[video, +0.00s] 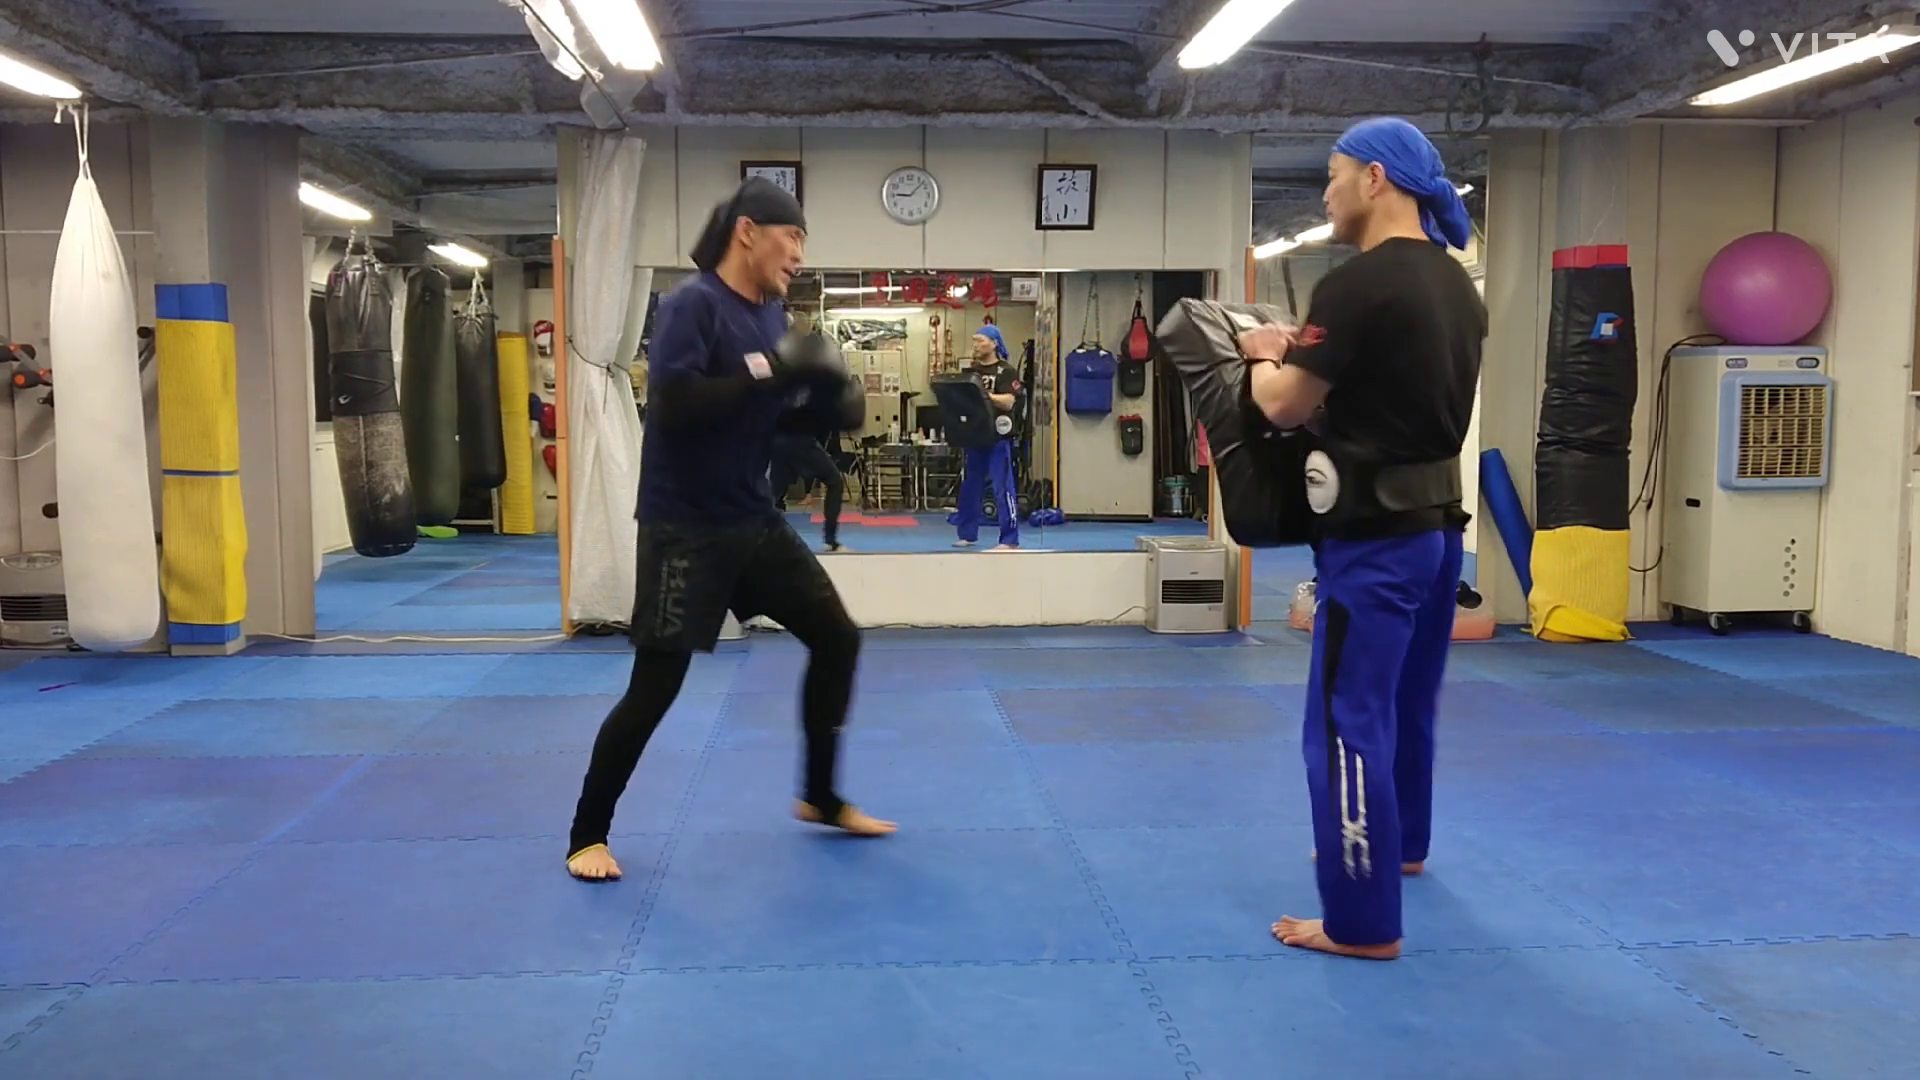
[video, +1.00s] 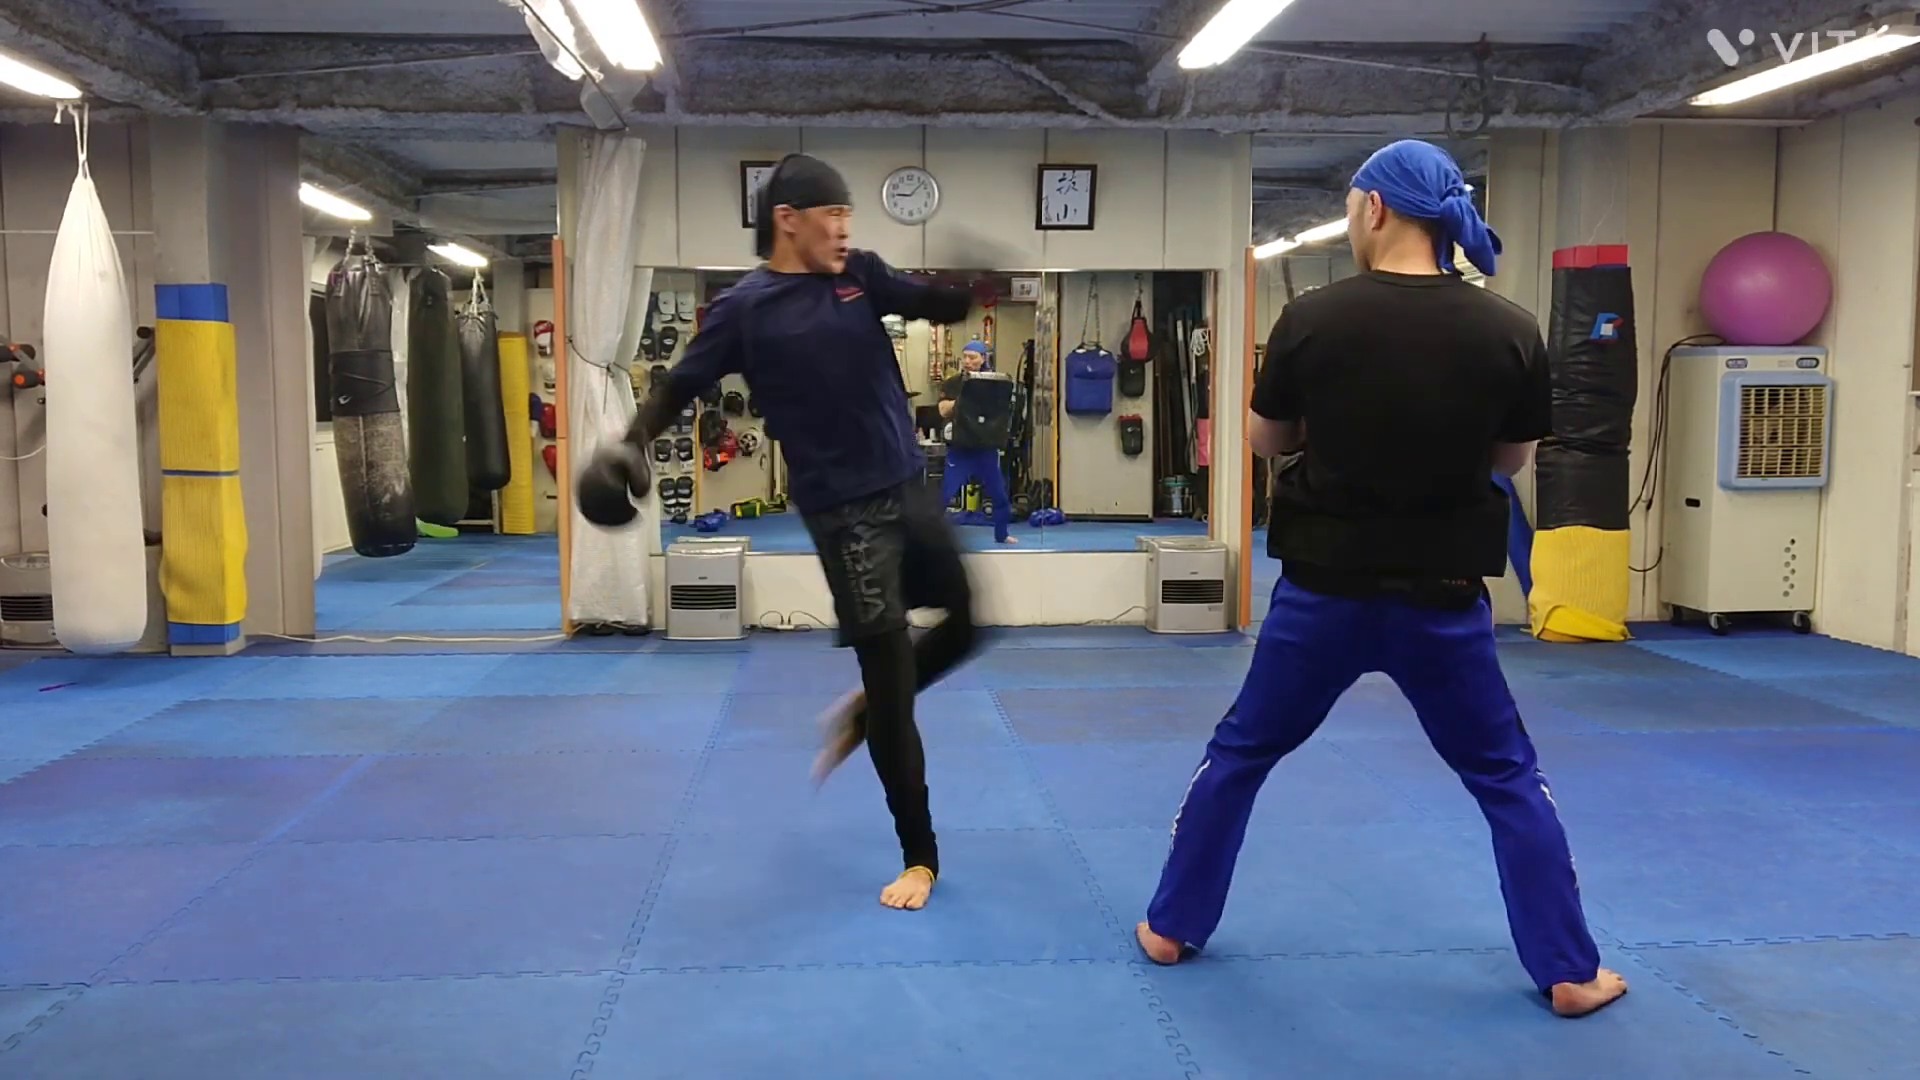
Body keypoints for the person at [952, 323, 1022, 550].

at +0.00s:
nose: (975, 345)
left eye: (980, 341)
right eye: (975, 341)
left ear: (994, 344)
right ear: (978, 344)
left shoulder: (1008, 372)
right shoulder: (972, 371)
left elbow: (1009, 402)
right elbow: (963, 398)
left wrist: (982, 395)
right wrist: (944, 386)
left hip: (1000, 436)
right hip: (975, 435)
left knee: (1002, 487)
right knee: (971, 484)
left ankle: (1009, 539)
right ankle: (967, 534)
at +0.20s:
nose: (970, 344)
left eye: (974, 339)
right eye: (968, 340)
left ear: (988, 342)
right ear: (968, 343)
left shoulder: (1003, 369)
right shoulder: (963, 369)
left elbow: (1013, 397)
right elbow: (953, 399)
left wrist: (990, 393)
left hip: (998, 434)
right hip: (971, 434)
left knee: (1002, 487)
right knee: (967, 486)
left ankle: (1005, 533)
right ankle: (966, 535)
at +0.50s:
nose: (976, 353)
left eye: (982, 348)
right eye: (974, 348)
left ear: (993, 351)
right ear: (971, 351)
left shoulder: (1005, 379)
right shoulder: (964, 377)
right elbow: (954, 407)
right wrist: (985, 406)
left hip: (997, 445)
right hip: (969, 444)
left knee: (1002, 492)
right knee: (951, 486)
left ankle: (1002, 533)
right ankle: (948, 532)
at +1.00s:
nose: (968, 362)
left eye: (973, 357)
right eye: (966, 357)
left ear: (984, 359)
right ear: (962, 358)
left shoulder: (993, 382)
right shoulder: (954, 382)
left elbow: (1002, 412)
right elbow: (943, 410)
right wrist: (966, 400)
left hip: (987, 447)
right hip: (959, 447)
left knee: (999, 495)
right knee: (945, 495)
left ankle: (1001, 535)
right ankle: (929, 536)